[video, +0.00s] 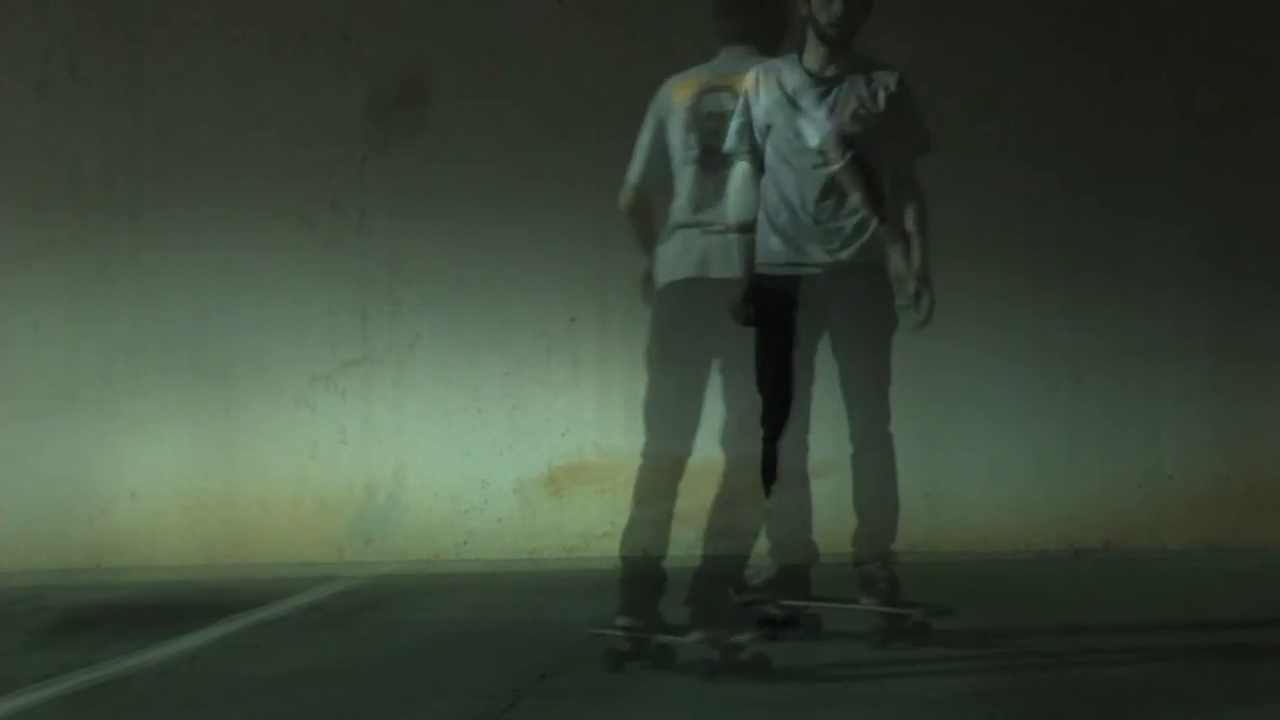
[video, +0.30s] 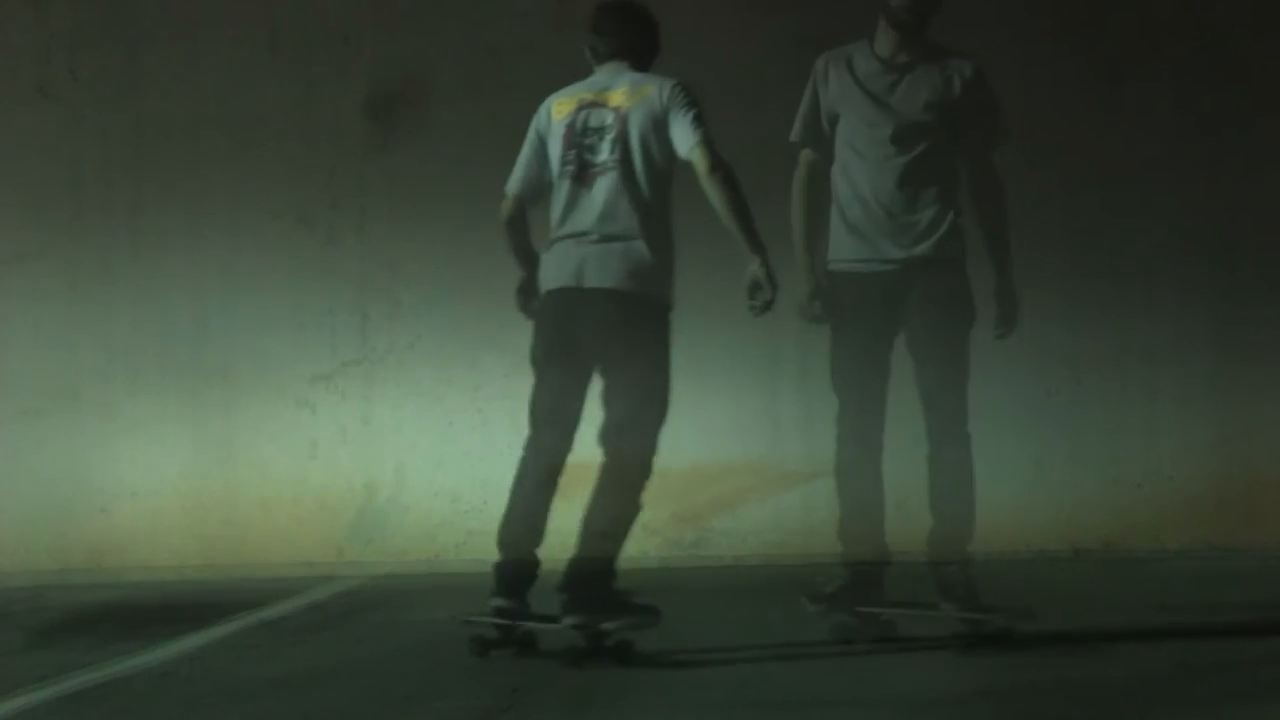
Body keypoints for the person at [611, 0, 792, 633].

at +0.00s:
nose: (784, 26)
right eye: (780, 18)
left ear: (717, 23)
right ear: (774, 22)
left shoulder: (675, 89)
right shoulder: (785, 82)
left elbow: (635, 195)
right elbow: (811, 180)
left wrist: (660, 256)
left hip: (684, 268)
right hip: (760, 268)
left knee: (667, 434)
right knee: (748, 439)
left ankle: (639, 587)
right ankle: (716, 591)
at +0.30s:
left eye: (597, 39)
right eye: (651, 45)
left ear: (592, 48)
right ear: (649, 46)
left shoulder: (555, 105)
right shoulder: (663, 94)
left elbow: (511, 209)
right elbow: (708, 167)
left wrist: (529, 271)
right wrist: (756, 256)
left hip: (560, 293)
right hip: (632, 292)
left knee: (547, 436)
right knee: (630, 444)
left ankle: (511, 578)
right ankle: (589, 582)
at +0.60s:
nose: (581, 79)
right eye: (581, 69)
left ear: (522, 66)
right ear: (579, 68)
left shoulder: (480, 119)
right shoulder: (589, 117)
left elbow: (428, 205)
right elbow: (637, 197)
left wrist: (431, 272)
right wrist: (673, 275)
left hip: (477, 301)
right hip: (544, 302)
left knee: (480, 439)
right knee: (547, 443)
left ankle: (462, 573)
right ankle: (506, 571)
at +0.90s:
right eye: (541, 100)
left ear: (485, 88)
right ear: (539, 95)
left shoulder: (439, 132)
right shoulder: (537, 132)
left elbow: (383, 215)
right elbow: (572, 215)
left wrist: (379, 287)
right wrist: (593, 291)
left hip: (424, 304)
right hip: (486, 303)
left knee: (439, 437)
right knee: (499, 438)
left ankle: (425, 570)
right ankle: (457, 565)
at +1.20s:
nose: (529, 132)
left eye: (533, 123)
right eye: (531, 122)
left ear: (480, 104)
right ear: (520, 113)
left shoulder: (424, 141)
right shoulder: (503, 144)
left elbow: (368, 220)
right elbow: (509, 221)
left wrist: (369, 283)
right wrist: (545, 309)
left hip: (390, 305)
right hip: (444, 306)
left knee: (409, 435)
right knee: (467, 435)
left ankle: (400, 563)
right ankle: (427, 557)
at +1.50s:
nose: (517, 154)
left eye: (524, 145)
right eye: (522, 142)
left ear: (479, 119)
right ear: (508, 128)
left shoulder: (428, 152)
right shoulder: (473, 157)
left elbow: (395, 215)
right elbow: (461, 219)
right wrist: (504, 297)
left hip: (384, 313)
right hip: (416, 318)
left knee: (453, 401)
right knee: (429, 436)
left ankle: (414, 514)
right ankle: (388, 570)